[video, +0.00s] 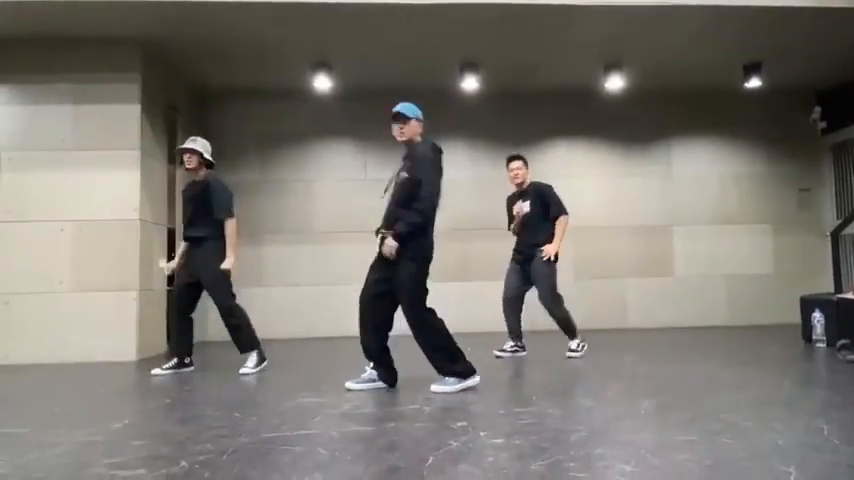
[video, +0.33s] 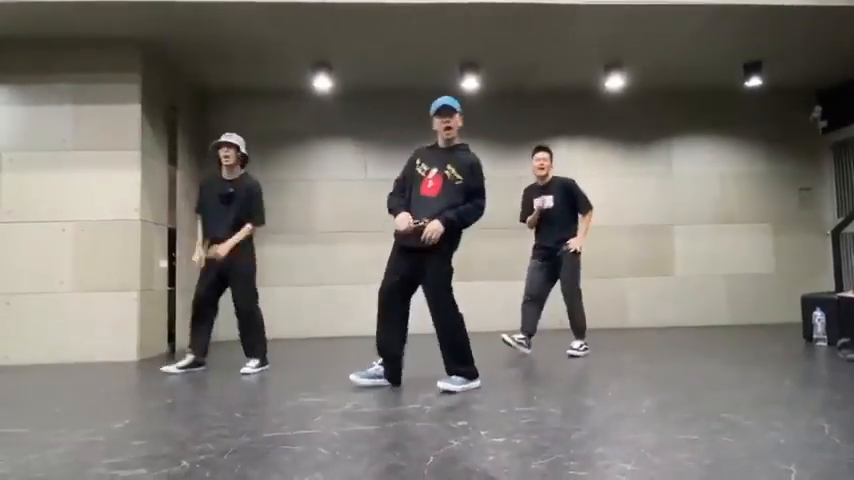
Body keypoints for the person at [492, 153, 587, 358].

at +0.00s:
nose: (516, 173)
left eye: (519, 168)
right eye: (512, 170)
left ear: (527, 171)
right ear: (508, 174)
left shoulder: (542, 190)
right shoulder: (512, 200)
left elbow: (563, 217)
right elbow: (514, 230)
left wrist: (555, 245)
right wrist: (518, 219)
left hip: (542, 253)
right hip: (520, 256)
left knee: (548, 297)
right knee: (510, 298)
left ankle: (574, 339)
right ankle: (516, 342)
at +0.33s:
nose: (541, 163)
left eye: (545, 160)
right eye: (537, 160)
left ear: (551, 164)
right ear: (532, 164)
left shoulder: (566, 185)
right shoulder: (530, 191)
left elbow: (587, 210)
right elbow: (529, 223)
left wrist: (581, 238)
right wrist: (537, 211)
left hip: (567, 248)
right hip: (542, 250)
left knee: (570, 292)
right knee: (533, 293)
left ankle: (580, 340)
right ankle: (525, 337)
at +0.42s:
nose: (544, 161)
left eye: (548, 158)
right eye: (541, 157)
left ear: (555, 162)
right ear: (536, 162)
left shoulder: (568, 182)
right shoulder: (533, 190)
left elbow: (588, 208)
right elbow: (532, 221)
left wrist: (581, 236)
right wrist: (539, 206)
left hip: (568, 246)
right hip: (544, 247)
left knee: (574, 292)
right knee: (529, 286)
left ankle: (580, 340)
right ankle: (543, 322)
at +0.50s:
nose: (546, 161)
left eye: (550, 158)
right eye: (542, 158)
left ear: (556, 162)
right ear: (537, 162)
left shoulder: (569, 183)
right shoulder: (534, 189)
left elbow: (589, 209)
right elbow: (533, 221)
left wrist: (581, 236)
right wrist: (540, 207)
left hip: (568, 245)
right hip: (544, 247)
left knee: (574, 291)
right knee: (529, 281)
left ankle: (581, 339)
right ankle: (555, 310)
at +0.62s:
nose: (547, 164)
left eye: (551, 160)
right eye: (544, 160)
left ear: (557, 165)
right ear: (538, 164)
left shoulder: (570, 187)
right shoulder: (536, 193)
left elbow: (590, 214)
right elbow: (535, 224)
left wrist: (580, 241)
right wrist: (539, 210)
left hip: (567, 248)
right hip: (544, 249)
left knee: (567, 291)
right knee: (526, 283)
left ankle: (581, 340)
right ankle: (545, 320)